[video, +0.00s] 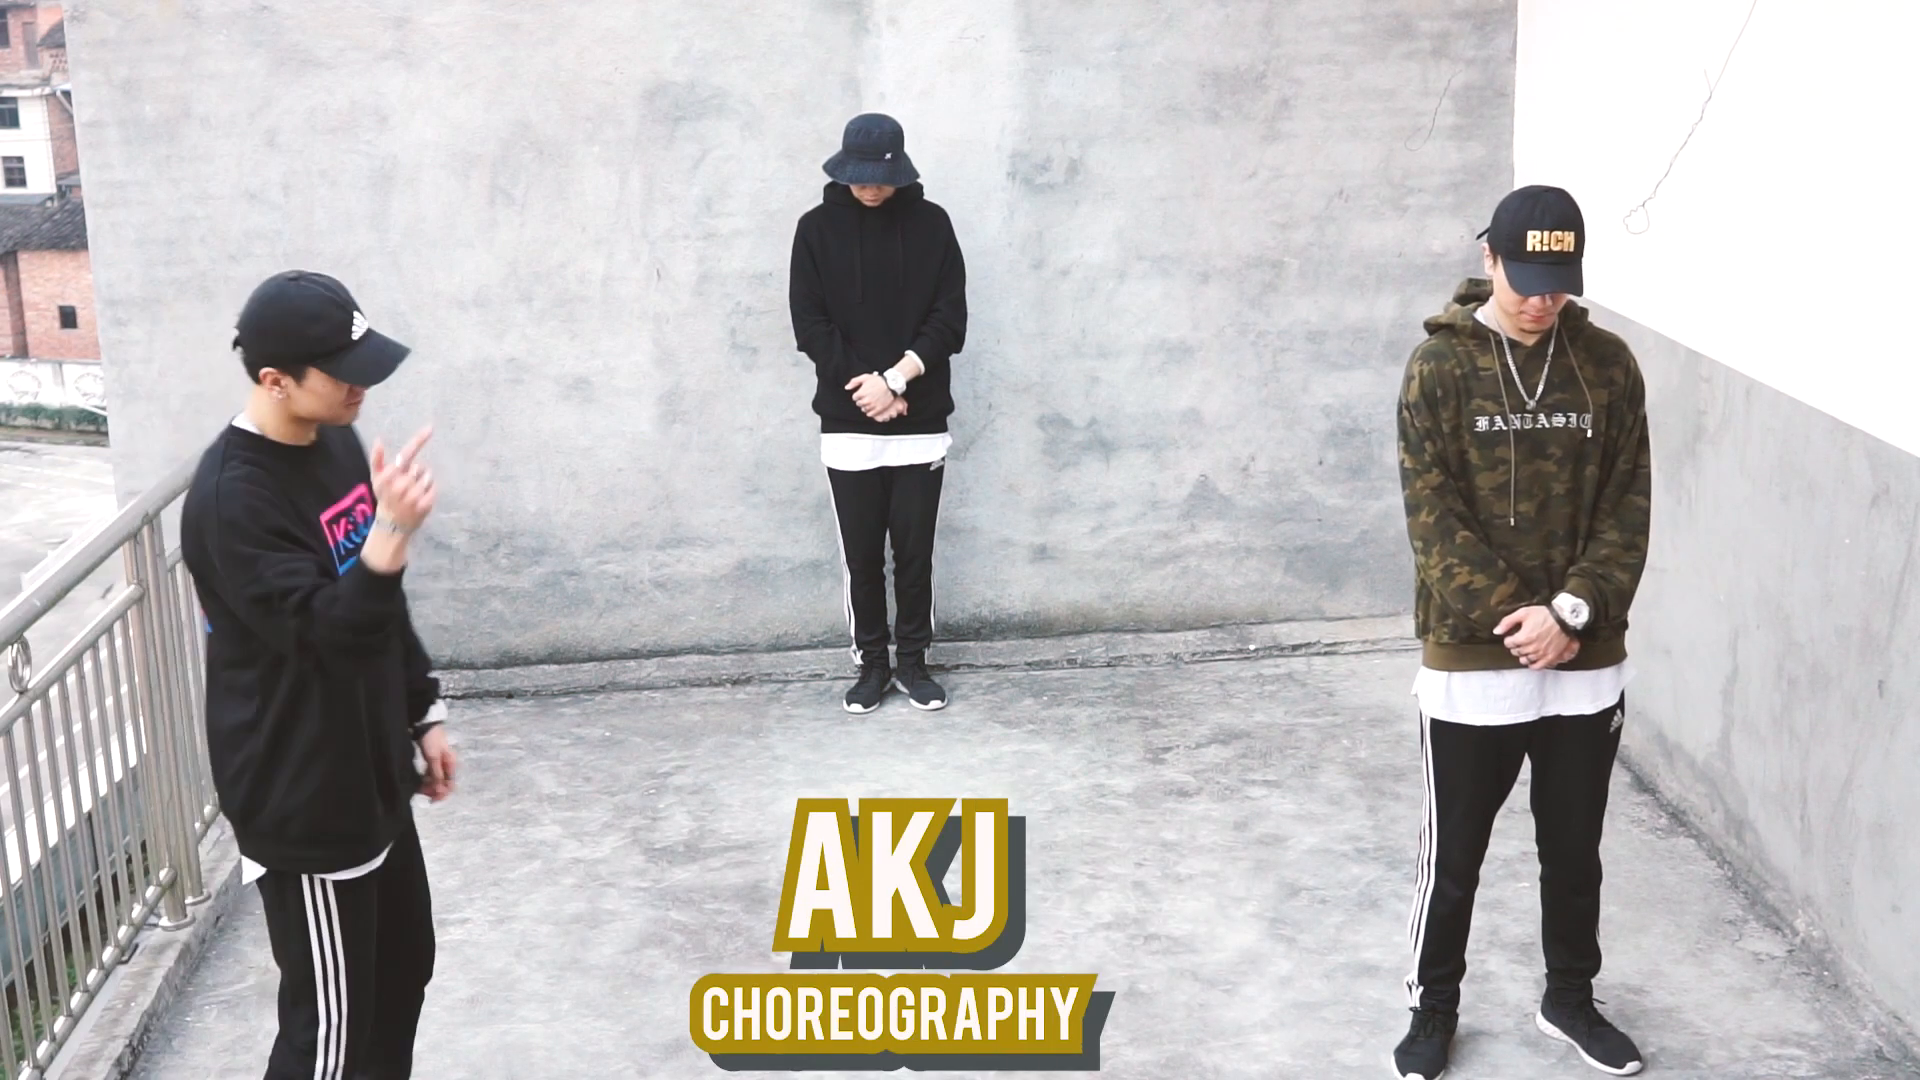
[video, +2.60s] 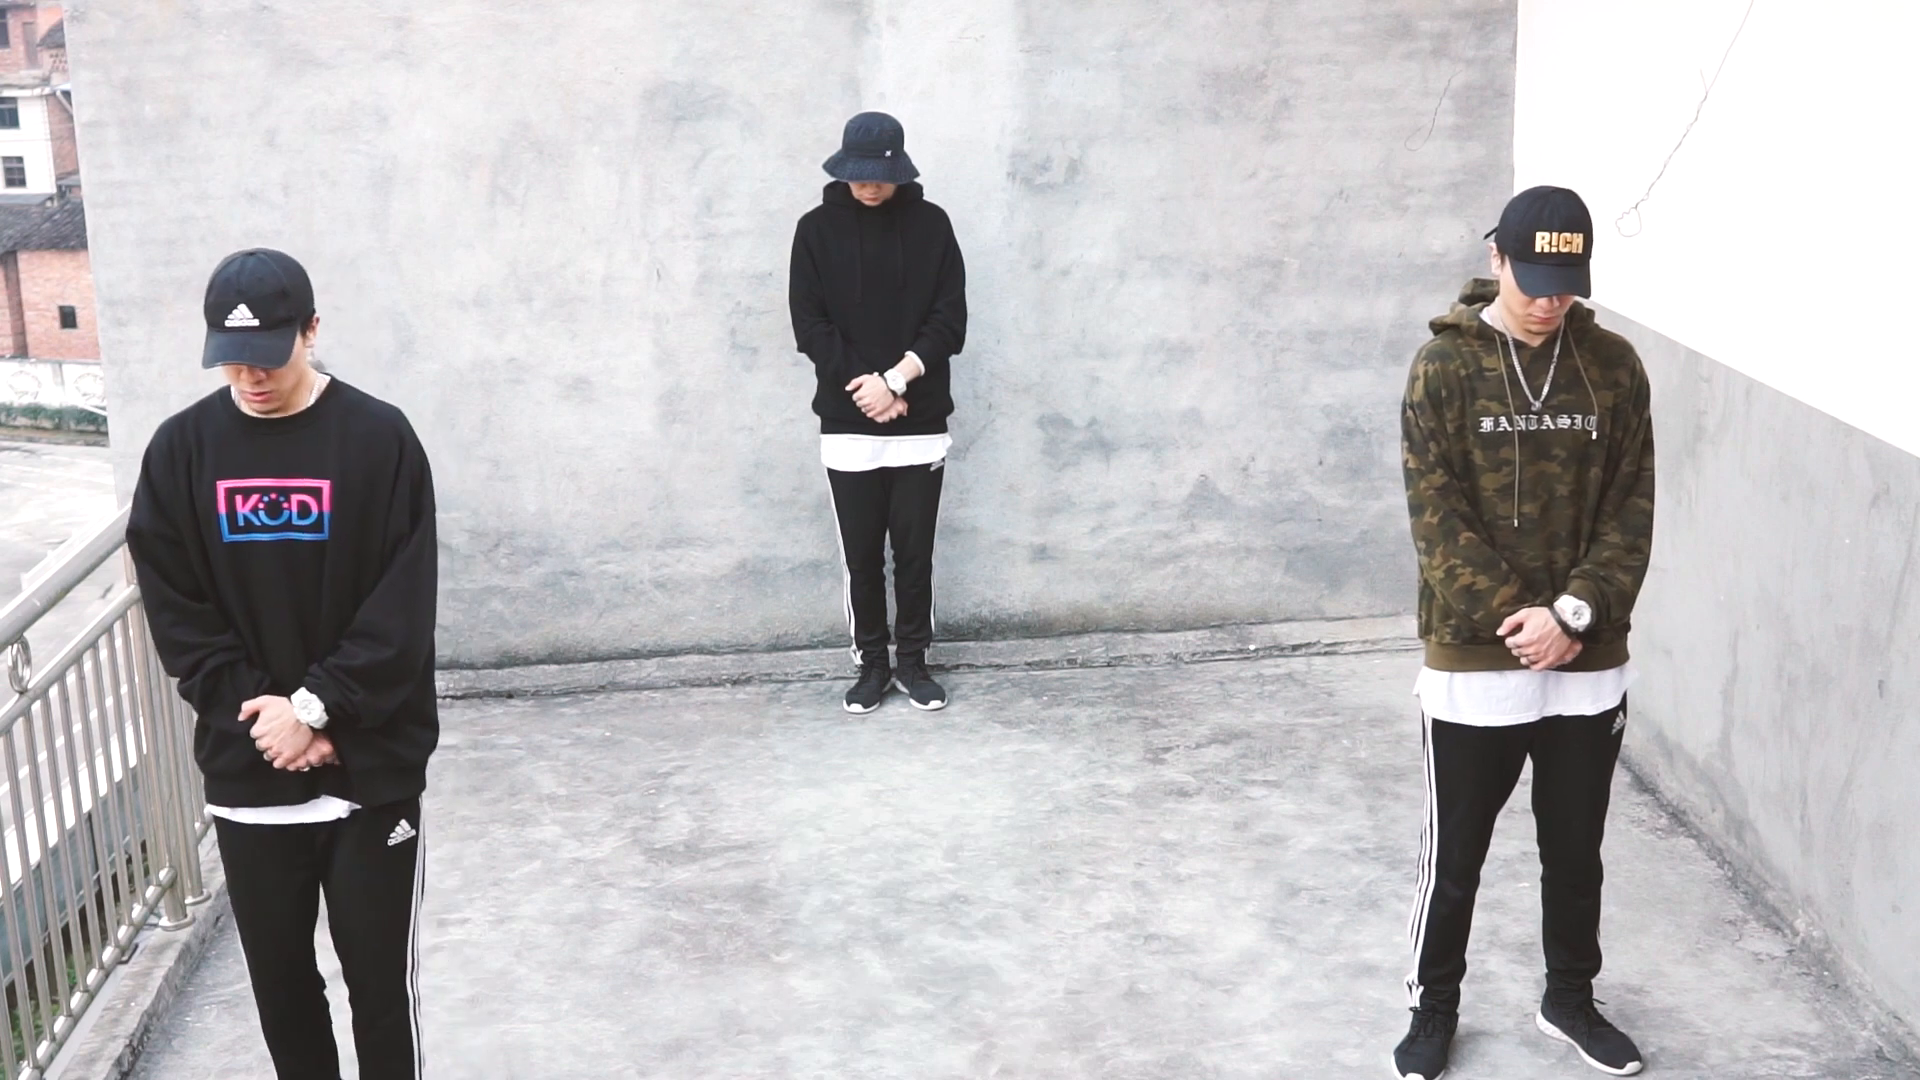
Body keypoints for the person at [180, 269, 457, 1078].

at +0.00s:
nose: (361, 388)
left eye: (360, 370)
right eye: (343, 375)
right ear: (275, 379)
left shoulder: (335, 443)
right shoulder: (230, 499)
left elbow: (381, 602)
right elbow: (320, 630)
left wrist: (424, 712)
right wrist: (388, 536)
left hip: (373, 770)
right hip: (303, 796)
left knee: (403, 970)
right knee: (336, 1024)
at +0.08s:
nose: (382, 379)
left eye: (381, 361)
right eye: (362, 367)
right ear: (294, 376)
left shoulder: (371, 440)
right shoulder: (245, 484)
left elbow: (411, 588)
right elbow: (276, 645)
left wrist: (444, 725)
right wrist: (375, 591)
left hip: (391, 771)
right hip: (308, 793)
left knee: (408, 976)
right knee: (329, 1016)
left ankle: (376, 1077)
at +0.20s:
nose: (404, 356)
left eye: (404, 338)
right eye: (382, 346)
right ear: (315, 355)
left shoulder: (417, 434)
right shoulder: (259, 462)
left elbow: (454, 580)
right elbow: (228, 636)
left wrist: (474, 719)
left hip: (409, 765)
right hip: (306, 785)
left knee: (420, 963)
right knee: (316, 1007)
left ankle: (384, 1074)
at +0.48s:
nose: (361, 375)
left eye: (379, 356)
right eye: (342, 358)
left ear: (407, 343)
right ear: (314, 348)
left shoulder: (454, 446)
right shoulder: (252, 452)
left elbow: (508, 588)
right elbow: (192, 591)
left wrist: (542, 725)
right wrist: (205, 717)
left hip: (416, 763)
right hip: (289, 766)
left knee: (424, 967)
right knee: (288, 988)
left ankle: (388, 1075)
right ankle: (279, 1076)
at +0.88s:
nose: (235, 402)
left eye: (251, 381)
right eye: (219, 383)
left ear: (295, 349)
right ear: (199, 362)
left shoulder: (372, 450)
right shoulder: (176, 464)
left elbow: (438, 606)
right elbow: (148, 622)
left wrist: (432, 738)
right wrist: (163, 760)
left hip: (368, 769)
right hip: (242, 775)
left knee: (416, 957)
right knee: (268, 985)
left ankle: (397, 1074)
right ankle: (286, 1078)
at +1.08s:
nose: (213, 401)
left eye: (229, 379)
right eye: (197, 383)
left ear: (270, 345)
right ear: (176, 361)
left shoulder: (349, 443)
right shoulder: (156, 464)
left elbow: (381, 615)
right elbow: (152, 637)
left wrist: (299, 726)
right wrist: (225, 754)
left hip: (365, 765)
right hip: (234, 786)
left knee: (426, 989)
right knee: (266, 1002)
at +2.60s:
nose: (248, 377)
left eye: (266, 357)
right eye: (232, 360)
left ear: (310, 334)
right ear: (213, 346)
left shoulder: (381, 437)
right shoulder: (178, 447)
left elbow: (405, 605)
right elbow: (174, 612)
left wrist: (316, 704)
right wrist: (265, 722)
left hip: (370, 766)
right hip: (248, 776)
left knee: (379, 988)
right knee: (282, 994)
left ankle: (389, 1079)